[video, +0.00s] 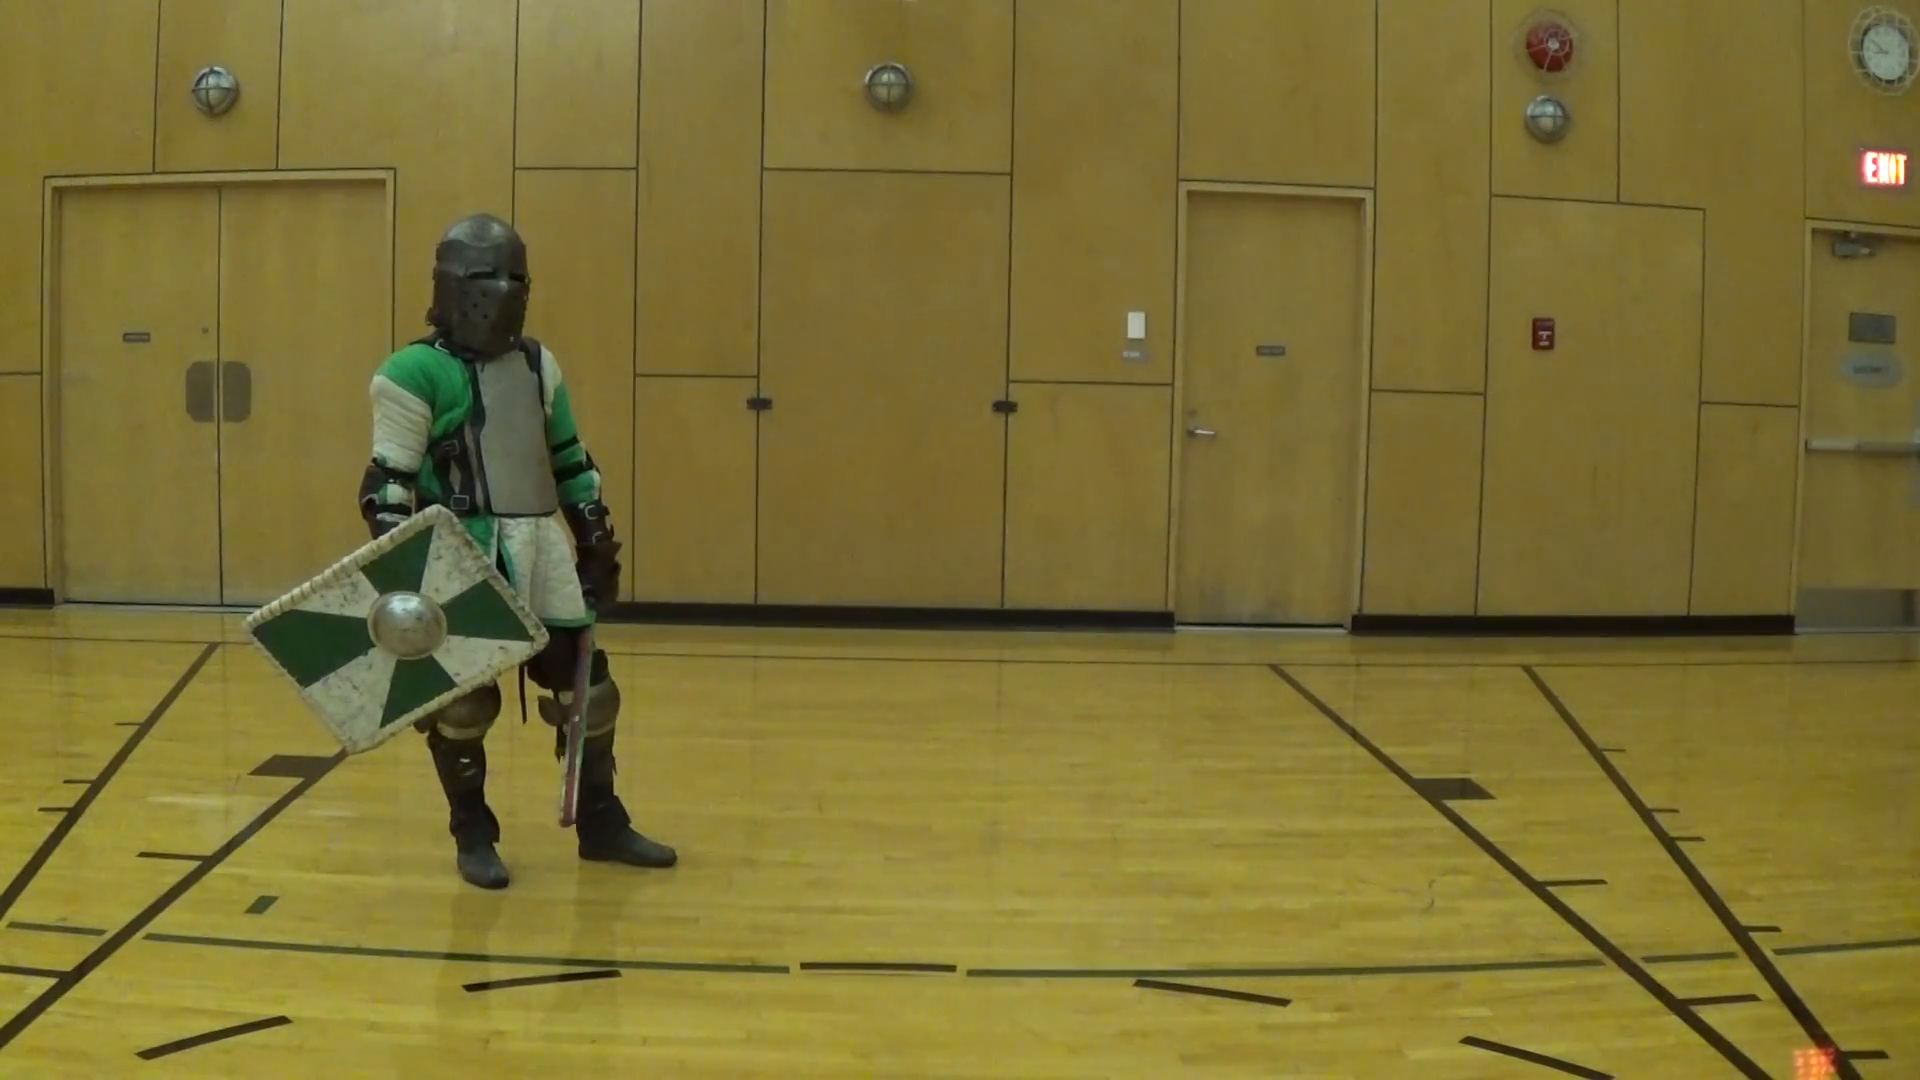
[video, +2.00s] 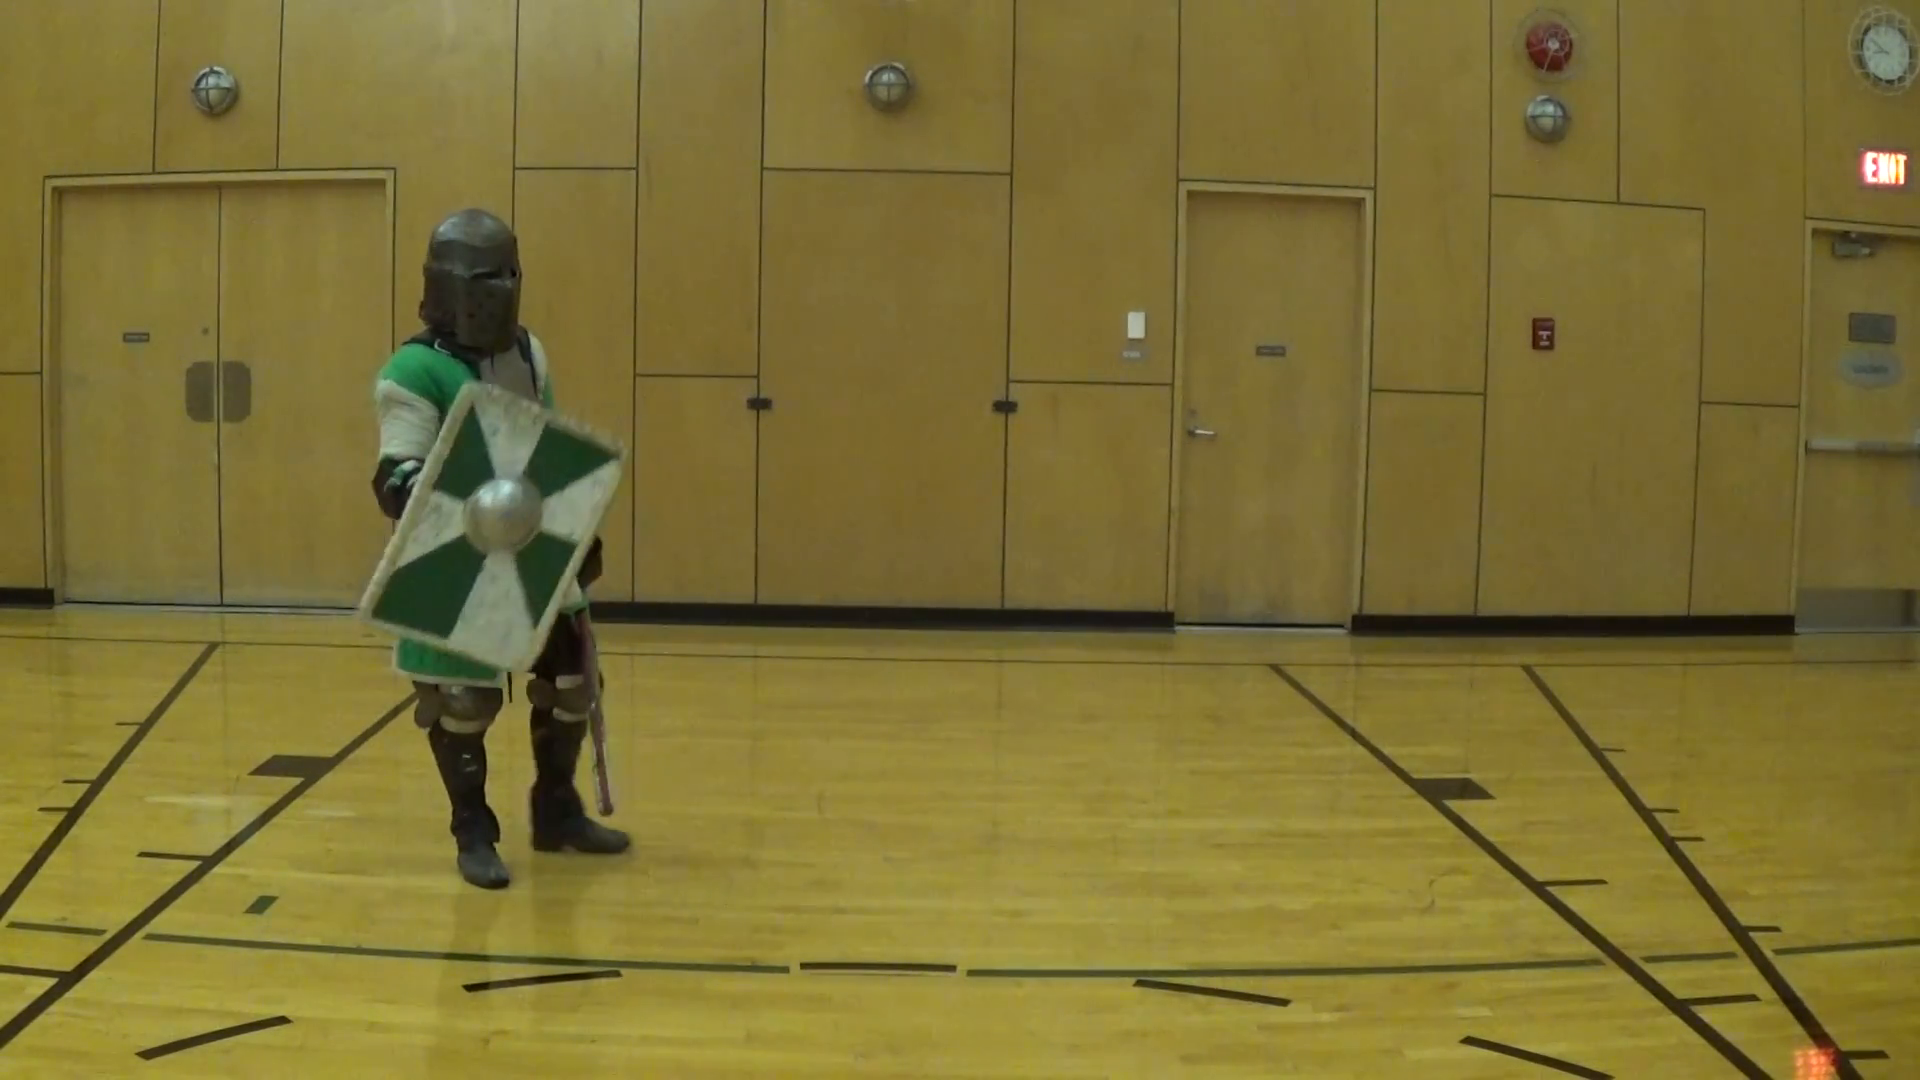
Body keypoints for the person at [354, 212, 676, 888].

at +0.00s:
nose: (493, 293)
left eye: (506, 279)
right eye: (477, 278)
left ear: (523, 288)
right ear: (445, 285)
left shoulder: (539, 366)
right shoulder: (413, 374)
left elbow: (571, 464)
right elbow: (388, 489)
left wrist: (597, 540)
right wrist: (412, 577)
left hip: (544, 544)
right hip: (457, 555)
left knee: (585, 682)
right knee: (464, 698)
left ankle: (601, 822)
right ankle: (473, 834)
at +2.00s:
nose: (491, 291)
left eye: (503, 276)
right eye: (472, 278)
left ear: (518, 282)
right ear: (435, 284)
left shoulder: (529, 357)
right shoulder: (415, 371)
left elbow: (549, 458)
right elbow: (397, 480)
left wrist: (579, 541)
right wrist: (468, 511)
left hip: (532, 555)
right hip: (449, 566)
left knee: (568, 670)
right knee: (462, 689)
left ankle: (556, 808)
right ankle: (474, 831)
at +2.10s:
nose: (490, 290)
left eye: (502, 275)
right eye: (472, 276)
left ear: (515, 281)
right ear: (436, 282)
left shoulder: (532, 363)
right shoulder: (417, 366)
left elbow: (571, 464)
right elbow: (409, 467)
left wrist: (582, 552)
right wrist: (495, 474)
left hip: (534, 551)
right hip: (452, 556)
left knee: (560, 675)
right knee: (466, 687)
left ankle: (517, 794)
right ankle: (472, 827)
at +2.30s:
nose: (487, 290)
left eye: (502, 275)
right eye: (473, 275)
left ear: (519, 280)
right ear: (443, 278)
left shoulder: (525, 359)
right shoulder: (427, 360)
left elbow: (552, 476)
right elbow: (483, 434)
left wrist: (574, 579)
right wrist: (544, 390)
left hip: (536, 537)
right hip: (468, 540)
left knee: (538, 676)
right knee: (473, 684)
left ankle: (504, 803)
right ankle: (473, 830)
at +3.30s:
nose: (550, 289)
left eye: (548, 276)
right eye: (539, 276)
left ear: (496, 282)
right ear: (508, 282)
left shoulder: (514, 359)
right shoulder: (471, 365)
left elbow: (514, 469)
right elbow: (465, 484)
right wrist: (560, 490)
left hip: (513, 539)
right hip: (484, 544)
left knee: (517, 682)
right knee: (509, 686)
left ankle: (506, 810)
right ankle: (492, 837)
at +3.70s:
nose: (536, 291)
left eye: (534, 278)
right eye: (526, 278)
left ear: (475, 284)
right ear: (492, 283)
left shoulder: (489, 361)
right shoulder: (462, 368)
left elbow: (493, 471)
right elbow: (450, 485)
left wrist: (546, 503)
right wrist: (540, 500)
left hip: (485, 537)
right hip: (471, 541)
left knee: (466, 672)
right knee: (512, 688)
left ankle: (416, 779)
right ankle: (498, 838)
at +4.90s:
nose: (489, 290)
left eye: (487, 278)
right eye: (477, 279)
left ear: (433, 291)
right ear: (442, 289)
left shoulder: (458, 362)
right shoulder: (426, 371)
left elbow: (479, 448)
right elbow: (441, 479)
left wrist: (531, 428)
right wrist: (534, 468)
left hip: (456, 533)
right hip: (455, 538)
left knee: (437, 669)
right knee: (504, 683)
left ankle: (398, 793)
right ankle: (488, 830)